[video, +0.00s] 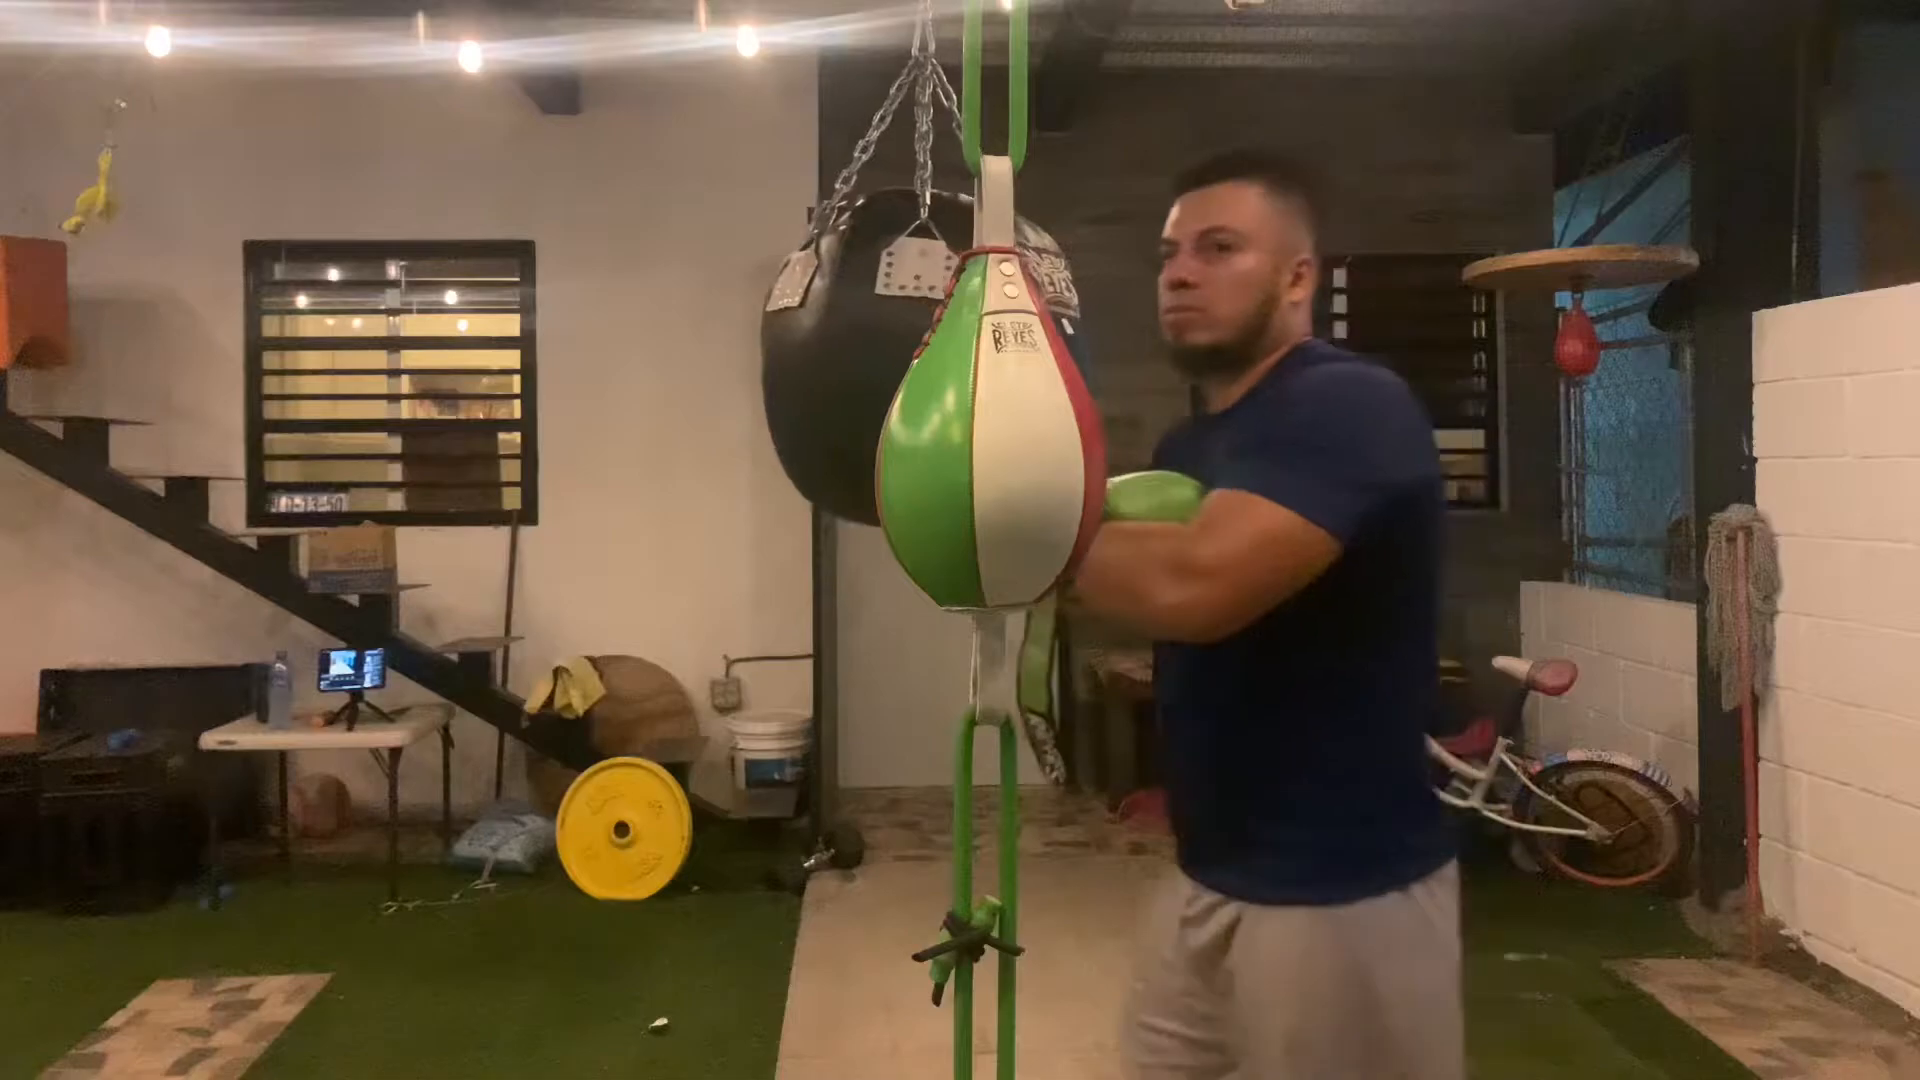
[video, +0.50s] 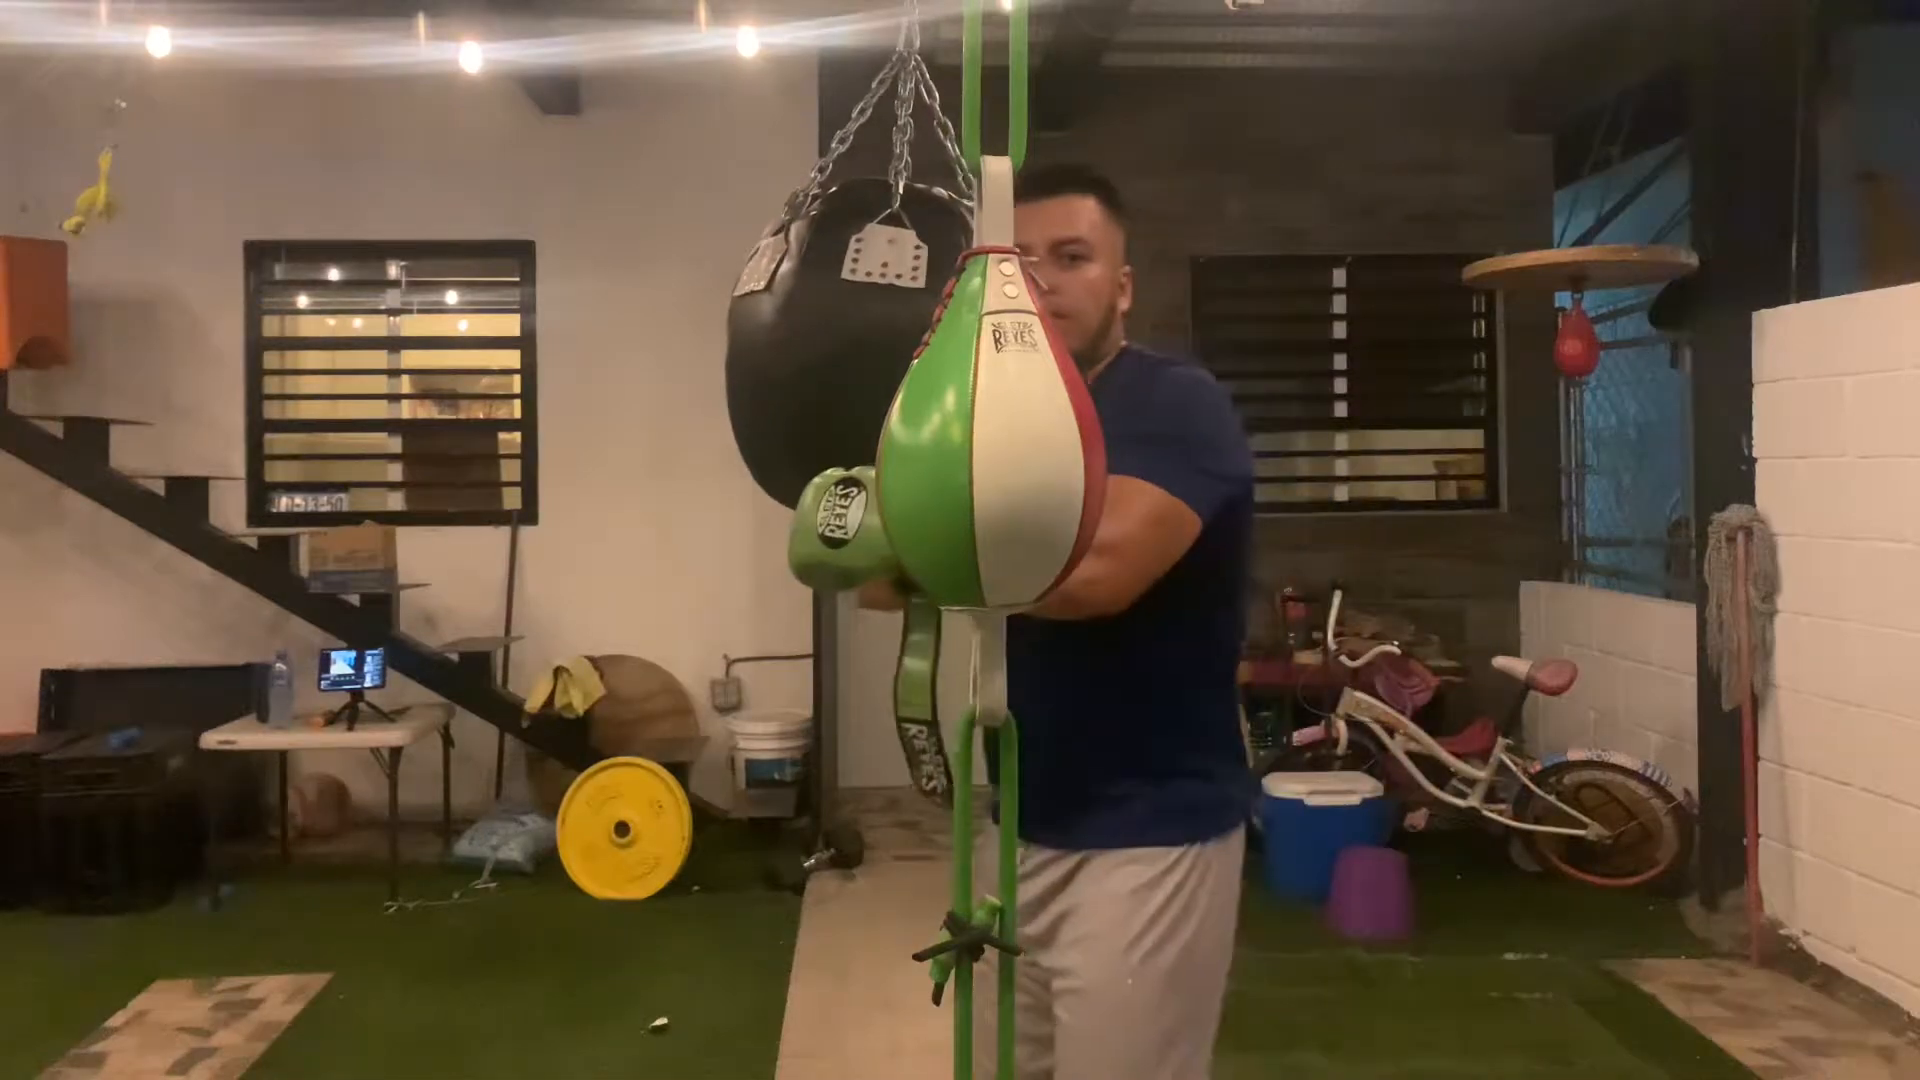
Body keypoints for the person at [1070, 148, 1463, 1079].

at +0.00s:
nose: (1178, 271)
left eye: (1218, 247)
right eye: (1170, 251)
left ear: (1299, 279)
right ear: (1157, 274)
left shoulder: (1354, 406)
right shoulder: (1186, 447)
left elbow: (1195, 587)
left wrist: (1028, 531)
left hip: (1350, 905)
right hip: (1212, 887)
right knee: (1164, 1063)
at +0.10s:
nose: (1154, 278)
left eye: (1195, 253)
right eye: (1143, 257)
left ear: (1270, 281)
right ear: (1129, 278)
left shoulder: (1320, 412)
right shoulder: (1159, 449)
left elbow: (1177, 589)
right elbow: (1071, 557)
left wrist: (1002, 540)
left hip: (1309, 908)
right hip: (1168, 887)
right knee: (1107, 1067)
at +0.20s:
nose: (1122, 282)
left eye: (1158, 256)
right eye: (1104, 261)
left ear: (1223, 287)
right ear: (1085, 286)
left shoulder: (1270, 410)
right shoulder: (1106, 438)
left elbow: (1142, 585)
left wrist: (979, 528)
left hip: (1248, 899)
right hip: (1108, 879)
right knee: (1063, 1066)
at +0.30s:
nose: (1088, 280)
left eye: (1123, 255)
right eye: (1070, 259)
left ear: (1182, 285)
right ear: (1050, 285)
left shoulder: (1233, 407)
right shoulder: (1069, 424)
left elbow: (1110, 580)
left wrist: (951, 530)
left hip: (1205, 884)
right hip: (1074, 865)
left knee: (1210, 1068)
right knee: (1059, 1066)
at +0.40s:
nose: (1064, 281)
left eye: (1097, 256)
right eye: (1045, 260)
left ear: (1155, 285)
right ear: (1026, 281)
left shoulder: (1206, 405)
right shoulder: (1043, 414)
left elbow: (1104, 577)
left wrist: (945, 550)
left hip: (1174, 859)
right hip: (1055, 841)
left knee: (1167, 1067)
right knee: (1050, 1067)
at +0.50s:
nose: (1040, 280)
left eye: (1069, 256)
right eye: (1020, 259)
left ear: (1124, 281)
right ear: (997, 279)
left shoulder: (1181, 403)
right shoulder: (994, 413)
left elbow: (1097, 577)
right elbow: (891, 583)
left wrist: (927, 548)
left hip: (1148, 841)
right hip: (1012, 827)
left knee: (1119, 1067)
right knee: (1006, 1066)